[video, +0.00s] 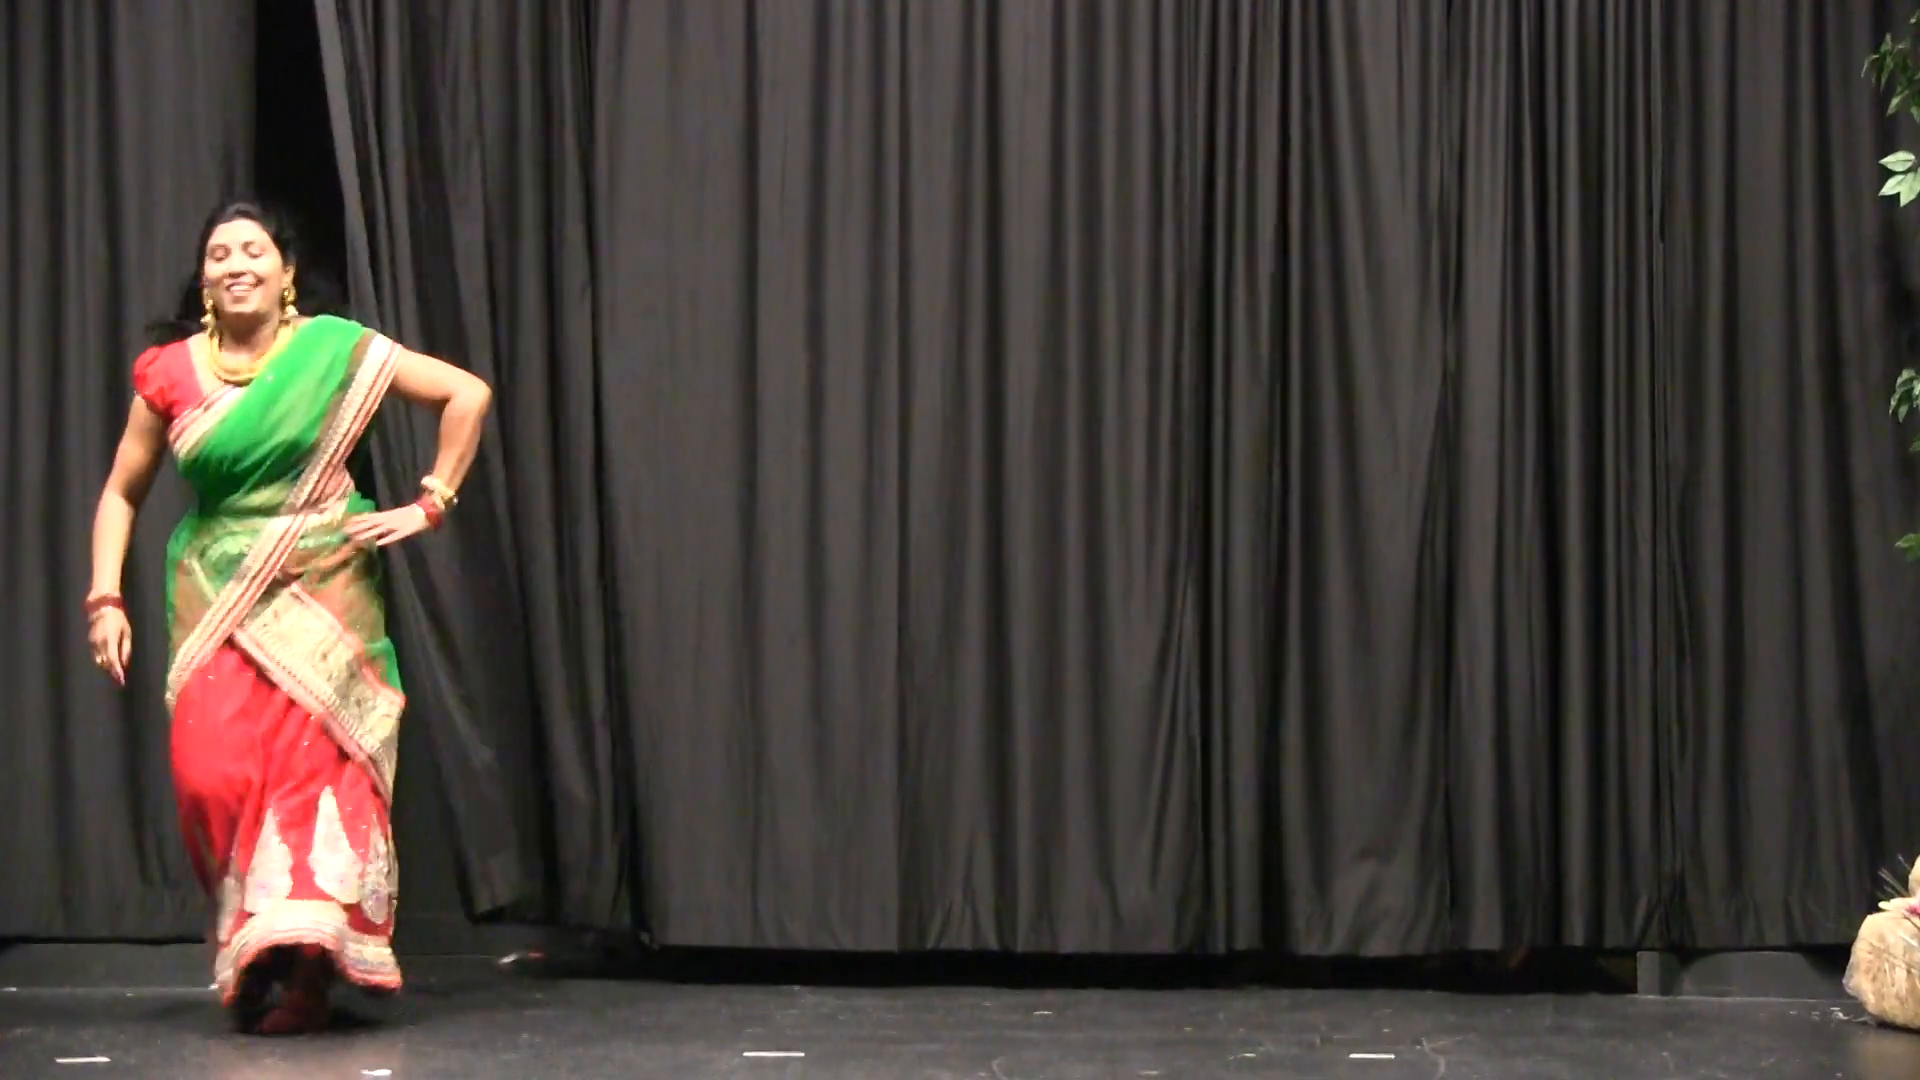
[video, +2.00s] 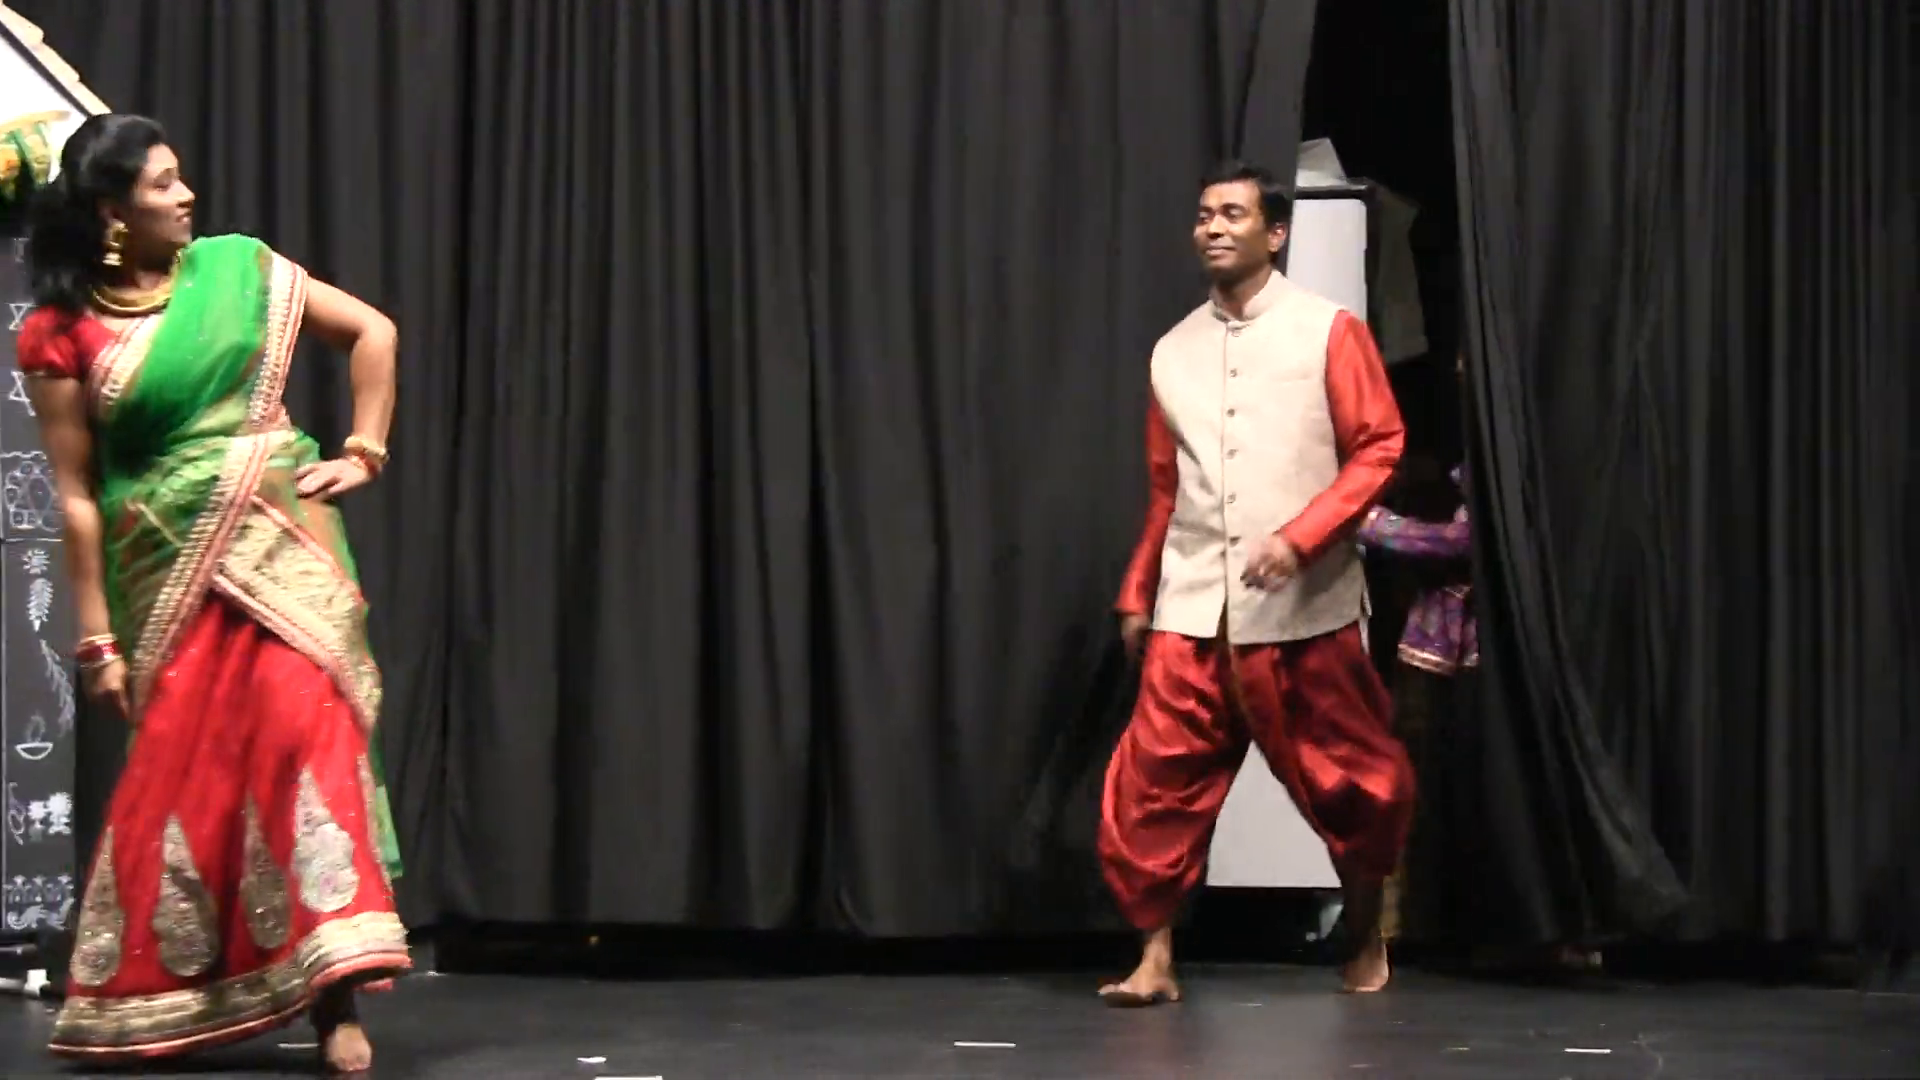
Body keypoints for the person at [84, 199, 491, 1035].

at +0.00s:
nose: (237, 264)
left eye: (254, 251)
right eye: (222, 253)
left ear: (286, 271)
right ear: (201, 278)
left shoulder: (335, 345)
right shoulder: (172, 371)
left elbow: (468, 392)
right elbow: (121, 491)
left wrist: (434, 500)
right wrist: (105, 597)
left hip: (324, 574)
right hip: (218, 580)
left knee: (313, 762)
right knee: (210, 773)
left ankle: (301, 963)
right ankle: (255, 944)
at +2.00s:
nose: (185, 194)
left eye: (182, 178)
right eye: (163, 184)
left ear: (179, 188)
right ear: (110, 216)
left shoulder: (244, 268)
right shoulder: (65, 334)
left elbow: (373, 330)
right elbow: (74, 489)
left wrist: (366, 452)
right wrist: (95, 631)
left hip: (289, 543)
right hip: (170, 567)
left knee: (306, 748)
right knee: (178, 774)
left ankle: (338, 997)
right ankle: (173, 1009)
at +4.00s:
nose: (317, 205)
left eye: (316, 189)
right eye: (300, 190)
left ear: (302, 200)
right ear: (245, 202)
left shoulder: (347, 282)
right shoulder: (173, 320)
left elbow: (462, 340)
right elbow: (164, 451)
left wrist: (434, 436)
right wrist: (182, 583)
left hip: (372, 536)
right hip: (260, 553)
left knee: (402, 737)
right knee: (264, 750)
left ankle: (454, 962)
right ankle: (269, 973)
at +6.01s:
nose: (484, 272)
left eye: (495, 264)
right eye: (471, 264)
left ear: (514, 281)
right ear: (450, 282)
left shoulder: (543, 329)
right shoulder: (430, 344)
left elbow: (641, 329)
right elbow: (335, 328)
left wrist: (639, 370)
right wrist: (361, 258)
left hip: (551, 510)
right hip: (468, 519)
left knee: (605, 643)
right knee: (467, 667)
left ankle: (652, 809)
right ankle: (475, 834)